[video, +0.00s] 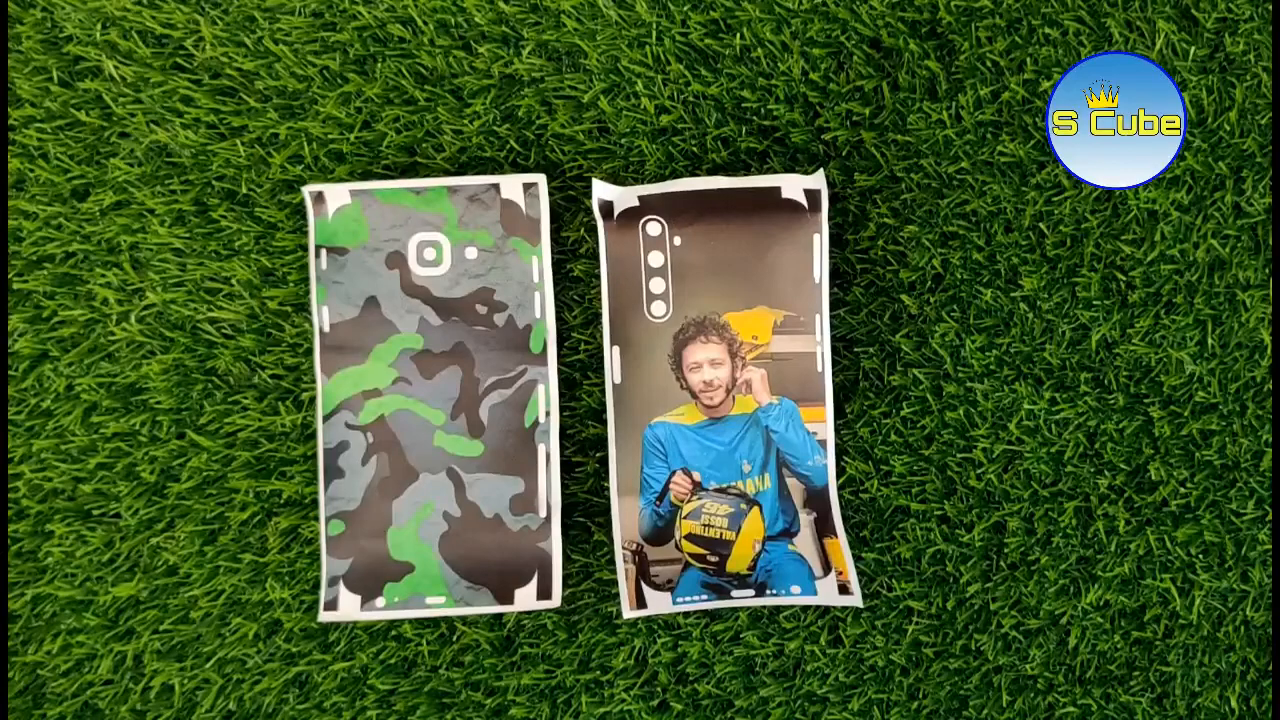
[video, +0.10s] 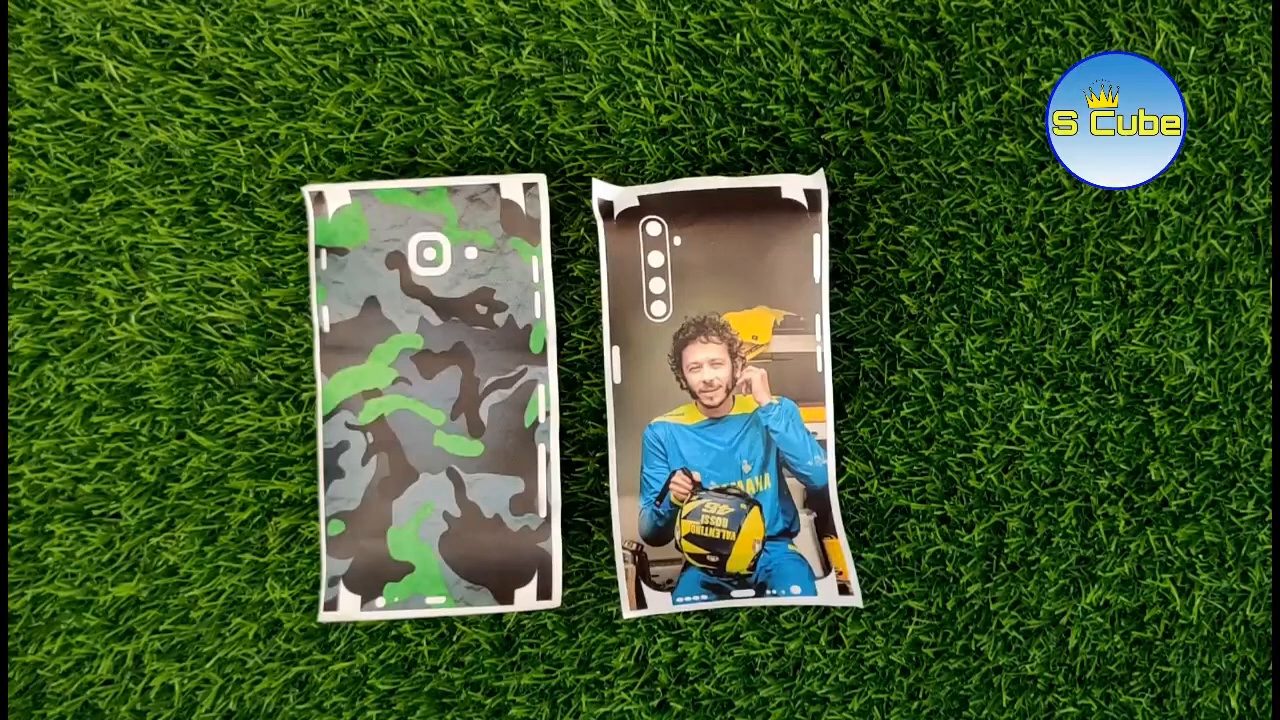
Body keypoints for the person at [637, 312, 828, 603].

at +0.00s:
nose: (708, 378)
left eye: (716, 364)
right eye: (695, 368)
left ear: (735, 365)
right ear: (682, 376)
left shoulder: (774, 412)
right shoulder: (662, 433)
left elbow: (819, 477)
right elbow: (651, 534)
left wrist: (767, 405)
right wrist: (672, 500)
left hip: (772, 548)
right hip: (706, 557)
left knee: (799, 602)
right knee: (688, 613)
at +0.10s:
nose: (708, 378)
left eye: (716, 364)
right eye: (695, 368)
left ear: (735, 365)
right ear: (682, 376)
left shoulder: (774, 412)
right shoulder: (662, 433)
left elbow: (819, 477)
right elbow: (651, 533)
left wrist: (767, 405)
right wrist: (672, 500)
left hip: (772, 548)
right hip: (706, 557)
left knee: (798, 602)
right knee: (688, 613)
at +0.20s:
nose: (708, 378)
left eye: (716, 364)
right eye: (695, 368)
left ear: (735, 365)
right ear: (682, 376)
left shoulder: (774, 412)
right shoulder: (662, 433)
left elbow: (819, 477)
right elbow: (651, 533)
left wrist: (767, 405)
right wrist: (672, 500)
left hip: (772, 548)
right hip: (706, 557)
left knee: (798, 602)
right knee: (688, 613)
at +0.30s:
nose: (708, 378)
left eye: (716, 364)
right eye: (695, 368)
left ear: (735, 365)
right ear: (682, 376)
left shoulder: (774, 412)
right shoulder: (662, 433)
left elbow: (819, 477)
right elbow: (651, 533)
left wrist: (767, 405)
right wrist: (672, 500)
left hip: (772, 548)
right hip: (706, 557)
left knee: (798, 602)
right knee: (688, 613)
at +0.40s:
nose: (708, 377)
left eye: (716, 364)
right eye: (695, 368)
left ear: (735, 366)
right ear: (682, 376)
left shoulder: (774, 412)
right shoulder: (662, 433)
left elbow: (819, 477)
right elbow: (651, 533)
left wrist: (767, 405)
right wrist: (672, 500)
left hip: (772, 548)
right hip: (706, 557)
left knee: (799, 602)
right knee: (688, 613)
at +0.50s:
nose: (708, 378)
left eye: (716, 364)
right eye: (695, 368)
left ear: (735, 366)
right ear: (682, 376)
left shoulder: (774, 412)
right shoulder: (662, 433)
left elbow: (819, 477)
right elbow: (651, 533)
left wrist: (767, 405)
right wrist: (672, 500)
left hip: (772, 548)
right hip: (706, 557)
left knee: (798, 602)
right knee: (688, 613)